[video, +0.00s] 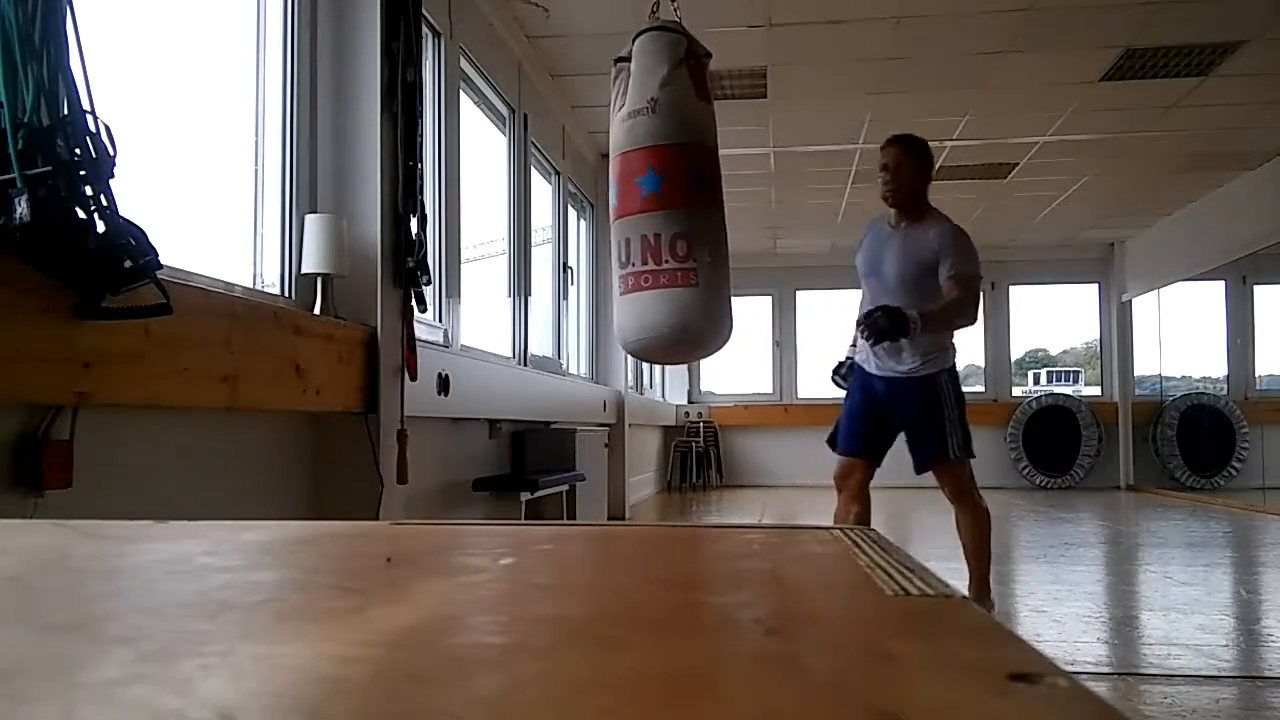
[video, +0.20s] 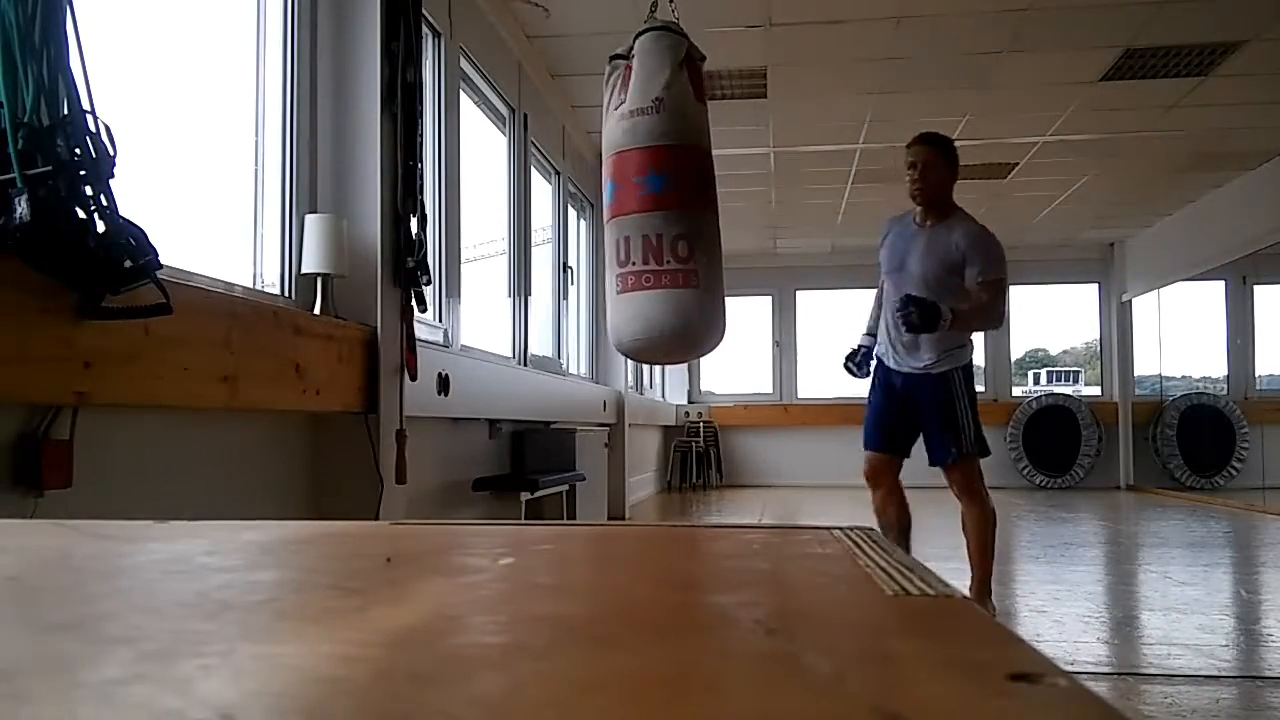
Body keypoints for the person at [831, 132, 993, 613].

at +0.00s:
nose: (882, 179)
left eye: (892, 170)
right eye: (881, 170)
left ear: (922, 174)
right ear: (882, 176)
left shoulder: (948, 237)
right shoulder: (874, 234)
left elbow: (965, 308)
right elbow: (871, 304)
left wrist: (909, 322)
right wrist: (855, 355)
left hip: (928, 381)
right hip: (871, 380)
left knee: (959, 488)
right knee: (848, 481)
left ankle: (980, 595)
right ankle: (847, 591)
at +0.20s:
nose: (913, 176)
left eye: (923, 167)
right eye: (909, 168)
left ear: (951, 173)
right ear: (905, 174)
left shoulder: (976, 240)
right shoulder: (895, 230)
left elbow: (992, 312)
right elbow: (886, 290)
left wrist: (943, 316)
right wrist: (867, 339)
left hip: (943, 374)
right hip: (890, 372)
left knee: (966, 484)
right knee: (878, 472)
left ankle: (981, 594)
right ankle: (899, 581)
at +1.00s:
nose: (858, 224)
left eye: (861, 213)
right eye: (854, 215)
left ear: (891, 204)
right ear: (873, 211)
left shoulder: (940, 246)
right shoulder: (867, 260)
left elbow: (947, 309)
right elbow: (863, 322)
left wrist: (914, 278)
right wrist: (841, 307)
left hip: (938, 371)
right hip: (895, 376)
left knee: (932, 477)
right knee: (902, 477)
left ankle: (938, 583)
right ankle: (957, 561)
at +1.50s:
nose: (818, 216)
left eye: (823, 204)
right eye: (815, 206)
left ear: (853, 197)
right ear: (823, 204)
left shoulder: (905, 234)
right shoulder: (832, 247)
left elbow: (932, 296)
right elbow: (823, 321)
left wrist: (885, 260)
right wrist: (809, 294)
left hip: (906, 362)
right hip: (863, 371)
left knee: (912, 461)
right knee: (867, 472)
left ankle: (952, 578)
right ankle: (904, 572)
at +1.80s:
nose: (797, 212)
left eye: (804, 199)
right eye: (793, 203)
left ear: (834, 196)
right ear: (793, 208)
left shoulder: (873, 232)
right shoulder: (812, 258)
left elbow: (917, 276)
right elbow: (789, 315)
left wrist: (850, 248)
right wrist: (772, 279)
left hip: (884, 370)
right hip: (858, 375)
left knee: (854, 469)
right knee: (842, 473)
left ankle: (892, 575)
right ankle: (876, 575)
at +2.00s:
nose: (793, 182)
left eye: (801, 169)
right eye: (790, 171)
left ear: (833, 166)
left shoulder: (873, 204)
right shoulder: (812, 221)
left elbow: (858, 257)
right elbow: (802, 293)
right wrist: (776, 271)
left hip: (882, 356)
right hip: (846, 361)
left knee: (851, 463)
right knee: (826, 465)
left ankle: (887, 578)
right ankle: (888, 565)